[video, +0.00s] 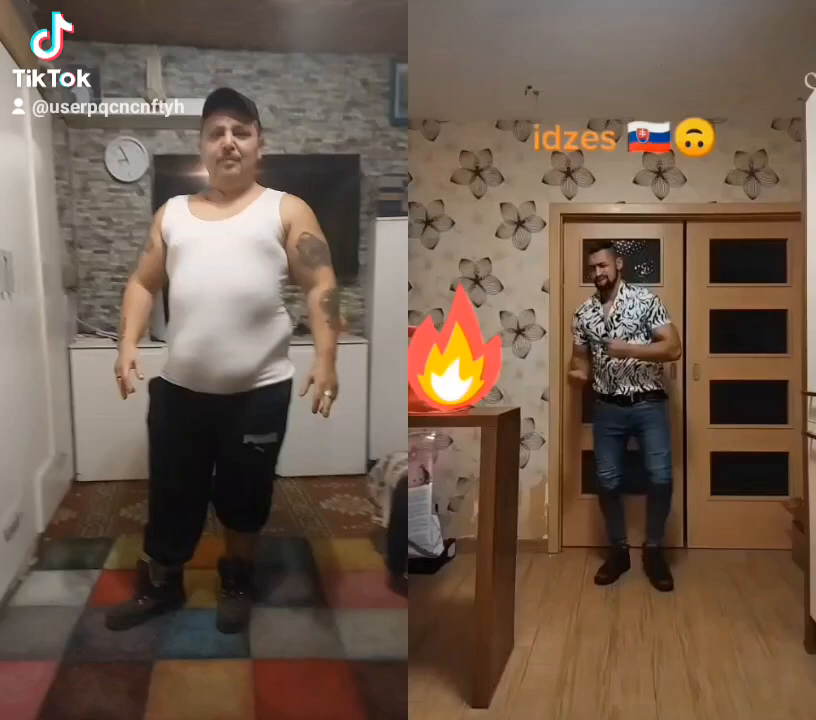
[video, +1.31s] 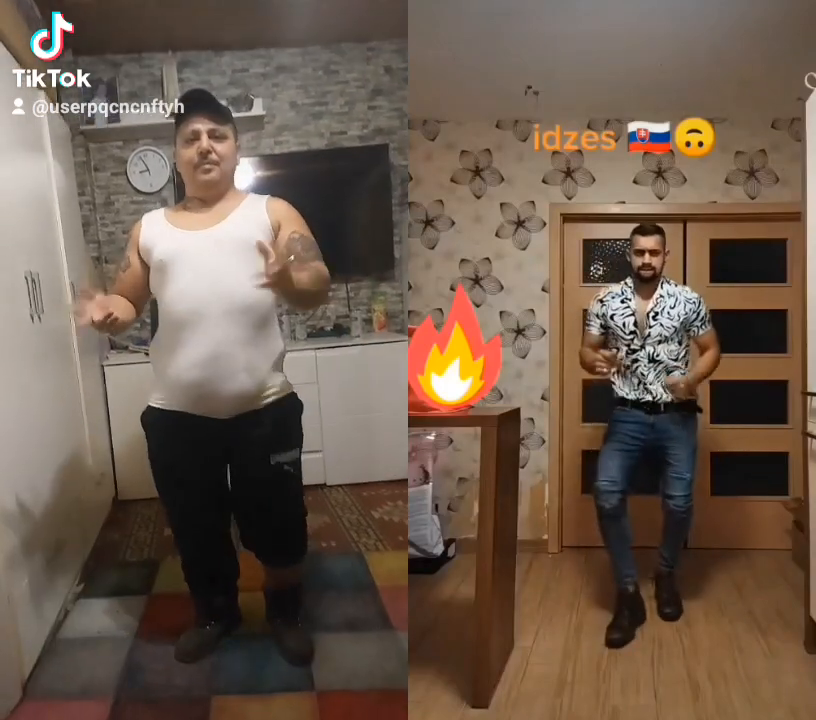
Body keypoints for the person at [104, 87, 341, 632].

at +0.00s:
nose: (228, 144)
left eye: (240, 133)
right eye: (217, 134)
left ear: (259, 144)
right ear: (202, 147)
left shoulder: (288, 212)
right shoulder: (173, 215)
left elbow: (321, 287)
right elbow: (144, 282)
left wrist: (327, 360)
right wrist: (128, 345)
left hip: (257, 391)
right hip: (179, 387)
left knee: (243, 499)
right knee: (170, 494)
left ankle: (236, 585)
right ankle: (161, 587)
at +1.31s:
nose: (205, 148)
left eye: (217, 137)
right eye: (191, 139)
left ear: (236, 151)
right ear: (176, 156)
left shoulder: (273, 214)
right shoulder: (150, 230)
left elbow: (319, 290)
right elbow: (127, 300)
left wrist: (287, 280)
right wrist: (109, 310)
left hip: (262, 408)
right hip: (178, 413)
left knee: (277, 525)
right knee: (196, 530)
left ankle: (286, 615)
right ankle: (215, 616)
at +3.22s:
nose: (215, 113)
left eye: (227, 102)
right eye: (200, 104)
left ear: (243, 115)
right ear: (177, 120)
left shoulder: (274, 183)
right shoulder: (151, 198)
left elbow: (314, 258)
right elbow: (116, 270)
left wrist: (250, 285)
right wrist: (125, 281)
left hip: (248, 382)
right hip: (162, 384)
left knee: (260, 504)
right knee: (164, 504)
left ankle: (263, 586)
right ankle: (174, 591)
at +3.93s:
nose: (239, 155)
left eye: (249, 143)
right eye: (226, 145)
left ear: (266, 153)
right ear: (208, 160)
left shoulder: (305, 211)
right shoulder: (188, 237)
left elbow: (356, 255)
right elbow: (165, 316)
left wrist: (349, 298)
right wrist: (199, 346)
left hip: (296, 406)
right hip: (214, 409)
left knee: (296, 523)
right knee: (215, 523)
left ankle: (289, 609)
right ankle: (218, 611)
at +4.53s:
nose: (255, 107)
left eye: (269, 99)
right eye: (245, 92)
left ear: (281, 117)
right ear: (216, 97)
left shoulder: (287, 198)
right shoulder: (168, 164)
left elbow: (298, 283)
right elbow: (113, 233)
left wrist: (304, 277)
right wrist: (167, 268)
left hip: (245, 374)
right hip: (158, 371)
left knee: (264, 495)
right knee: (152, 499)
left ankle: (268, 584)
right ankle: (147, 594)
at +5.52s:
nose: (195, 125)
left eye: (212, 110)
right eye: (185, 116)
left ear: (253, 119)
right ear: (178, 134)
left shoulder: (304, 196)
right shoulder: (166, 219)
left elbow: (363, 291)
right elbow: (125, 303)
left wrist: (337, 260)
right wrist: (89, 291)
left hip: (285, 436)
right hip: (181, 433)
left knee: (291, 579)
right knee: (152, 578)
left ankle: (280, 659)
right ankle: (142, 668)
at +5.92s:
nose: (184, 110)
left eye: (199, 95)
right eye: (169, 97)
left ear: (227, 107)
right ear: (151, 111)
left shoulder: (260, 198)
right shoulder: (122, 195)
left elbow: (292, 300)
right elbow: (65, 269)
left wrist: (264, 244)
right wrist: (29, 231)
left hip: (223, 414)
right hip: (120, 414)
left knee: (253, 549)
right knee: (109, 554)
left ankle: (263, 627)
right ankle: (120, 643)